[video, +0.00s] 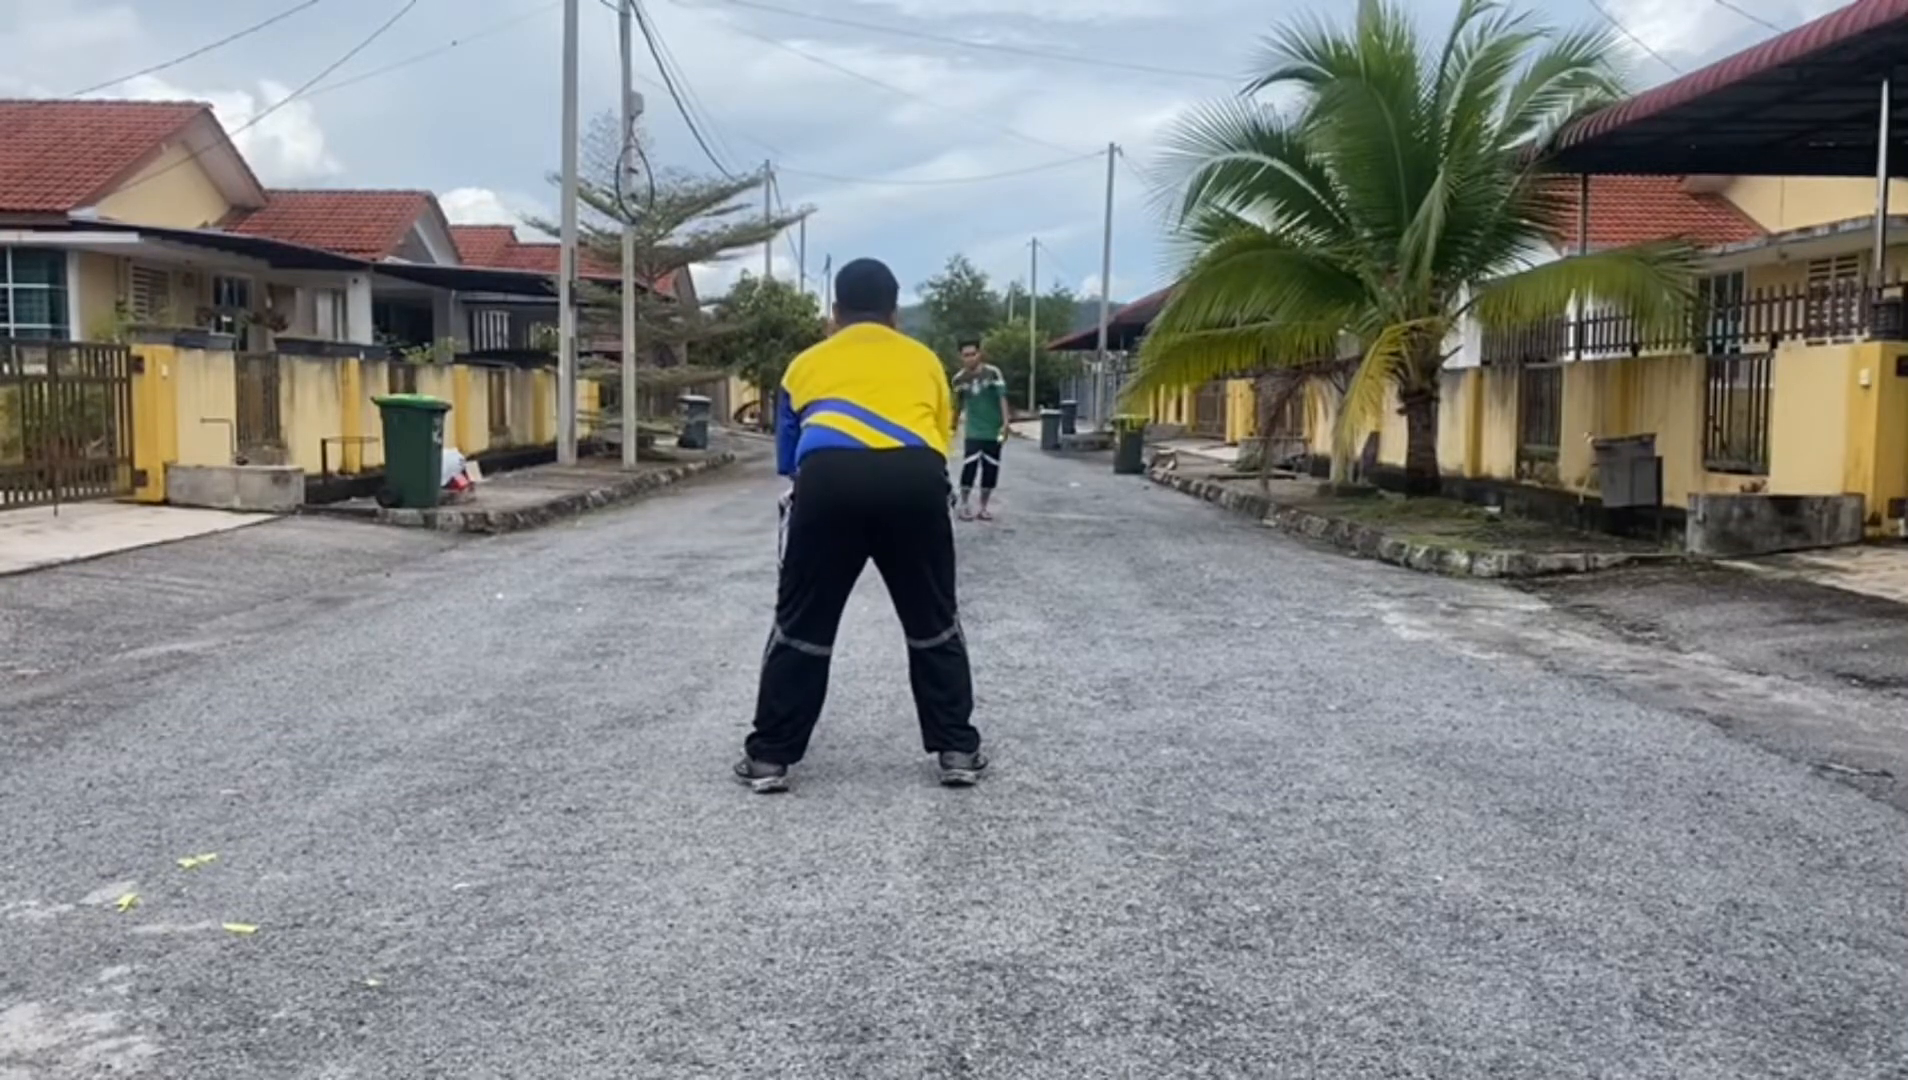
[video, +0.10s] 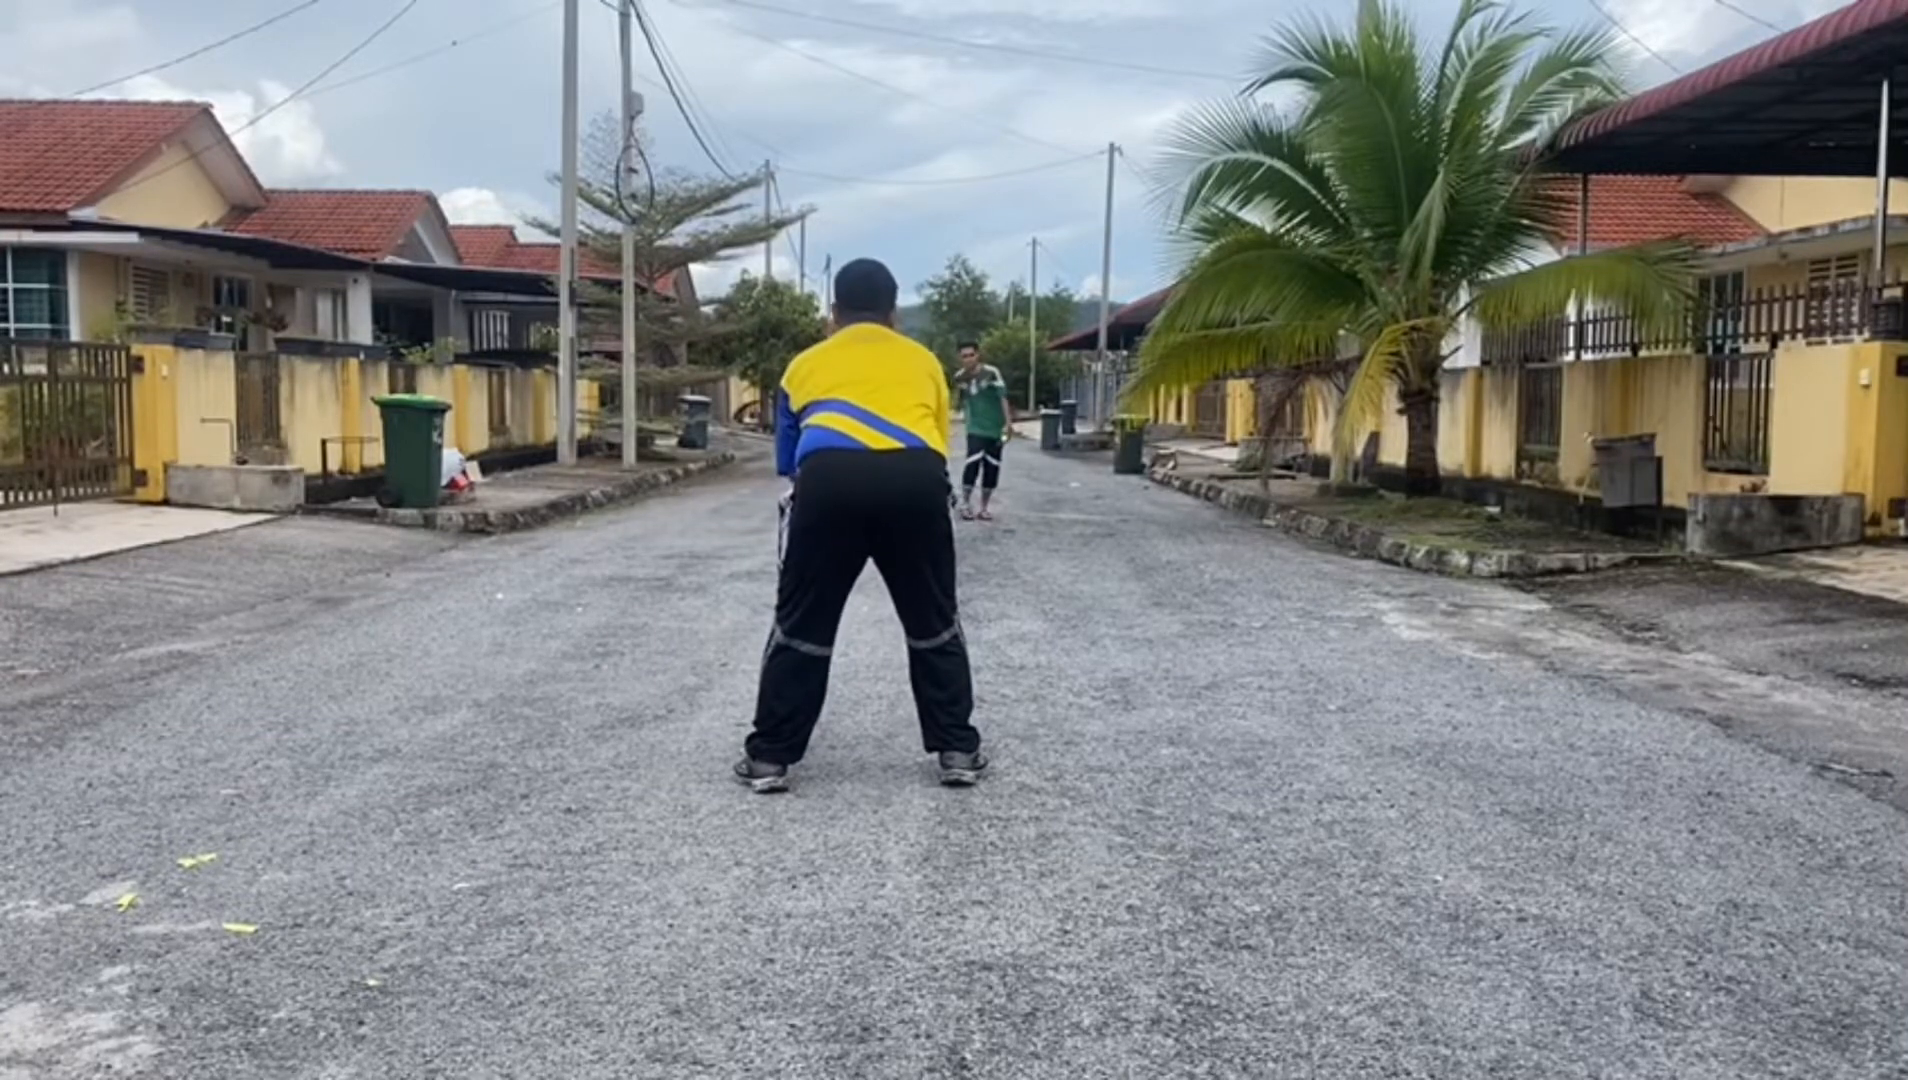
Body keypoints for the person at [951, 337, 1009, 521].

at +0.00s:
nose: (970, 359)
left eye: (973, 354)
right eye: (966, 355)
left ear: (980, 354)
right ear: (961, 358)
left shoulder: (993, 373)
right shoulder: (959, 379)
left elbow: (1002, 398)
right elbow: (957, 404)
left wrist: (1005, 422)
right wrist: (954, 423)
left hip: (993, 429)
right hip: (973, 430)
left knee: (990, 471)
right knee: (969, 468)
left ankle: (983, 506)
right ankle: (964, 504)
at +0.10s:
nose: (968, 360)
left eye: (971, 355)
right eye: (964, 356)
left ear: (978, 356)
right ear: (960, 359)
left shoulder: (992, 373)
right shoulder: (962, 378)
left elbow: (1003, 398)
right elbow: (957, 379)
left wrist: (1008, 422)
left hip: (995, 428)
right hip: (975, 428)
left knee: (991, 470)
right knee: (972, 465)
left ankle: (984, 507)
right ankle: (965, 503)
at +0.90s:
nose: (976, 351)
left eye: (979, 347)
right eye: (972, 347)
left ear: (985, 349)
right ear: (966, 351)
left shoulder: (992, 371)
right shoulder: (965, 369)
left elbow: (999, 398)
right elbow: (958, 351)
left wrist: (1006, 421)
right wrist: (962, 324)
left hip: (992, 424)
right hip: (974, 423)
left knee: (990, 468)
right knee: (972, 467)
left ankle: (984, 506)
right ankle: (971, 507)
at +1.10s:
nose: (978, 352)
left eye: (981, 348)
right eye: (974, 348)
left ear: (987, 350)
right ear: (968, 352)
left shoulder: (994, 372)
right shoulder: (965, 371)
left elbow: (999, 400)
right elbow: (955, 376)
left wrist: (1005, 422)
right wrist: (961, 353)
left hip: (990, 427)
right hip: (971, 426)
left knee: (988, 469)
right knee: (970, 468)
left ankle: (984, 506)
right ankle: (970, 507)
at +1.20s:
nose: (979, 352)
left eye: (982, 348)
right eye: (975, 348)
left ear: (988, 350)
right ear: (968, 351)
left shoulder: (994, 372)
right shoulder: (962, 371)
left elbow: (999, 400)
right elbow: (956, 390)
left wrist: (1004, 423)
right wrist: (965, 379)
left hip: (990, 428)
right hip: (970, 429)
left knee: (988, 471)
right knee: (969, 470)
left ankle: (984, 506)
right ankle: (970, 507)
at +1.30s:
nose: (979, 352)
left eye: (982, 348)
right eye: (975, 348)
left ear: (988, 351)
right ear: (968, 351)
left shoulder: (995, 373)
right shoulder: (961, 373)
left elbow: (999, 401)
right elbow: (958, 397)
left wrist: (1002, 424)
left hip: (990, 429)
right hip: (969, 429)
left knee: (988, 470)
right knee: (970, 470)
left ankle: (983, 506)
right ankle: (971, 507)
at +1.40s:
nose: (979, 353)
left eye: (983, 348)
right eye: (975, 348)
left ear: (988, 351)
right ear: (969, 352)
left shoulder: (995, 373)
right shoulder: (962, 374)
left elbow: (1000, 402)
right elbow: (958, 404)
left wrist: (1002, 425)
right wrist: (956, 430)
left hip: (990, 430)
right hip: (970, 430)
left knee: (988, 471)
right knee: (970, 471)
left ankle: (983, 506)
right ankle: (970, 507)